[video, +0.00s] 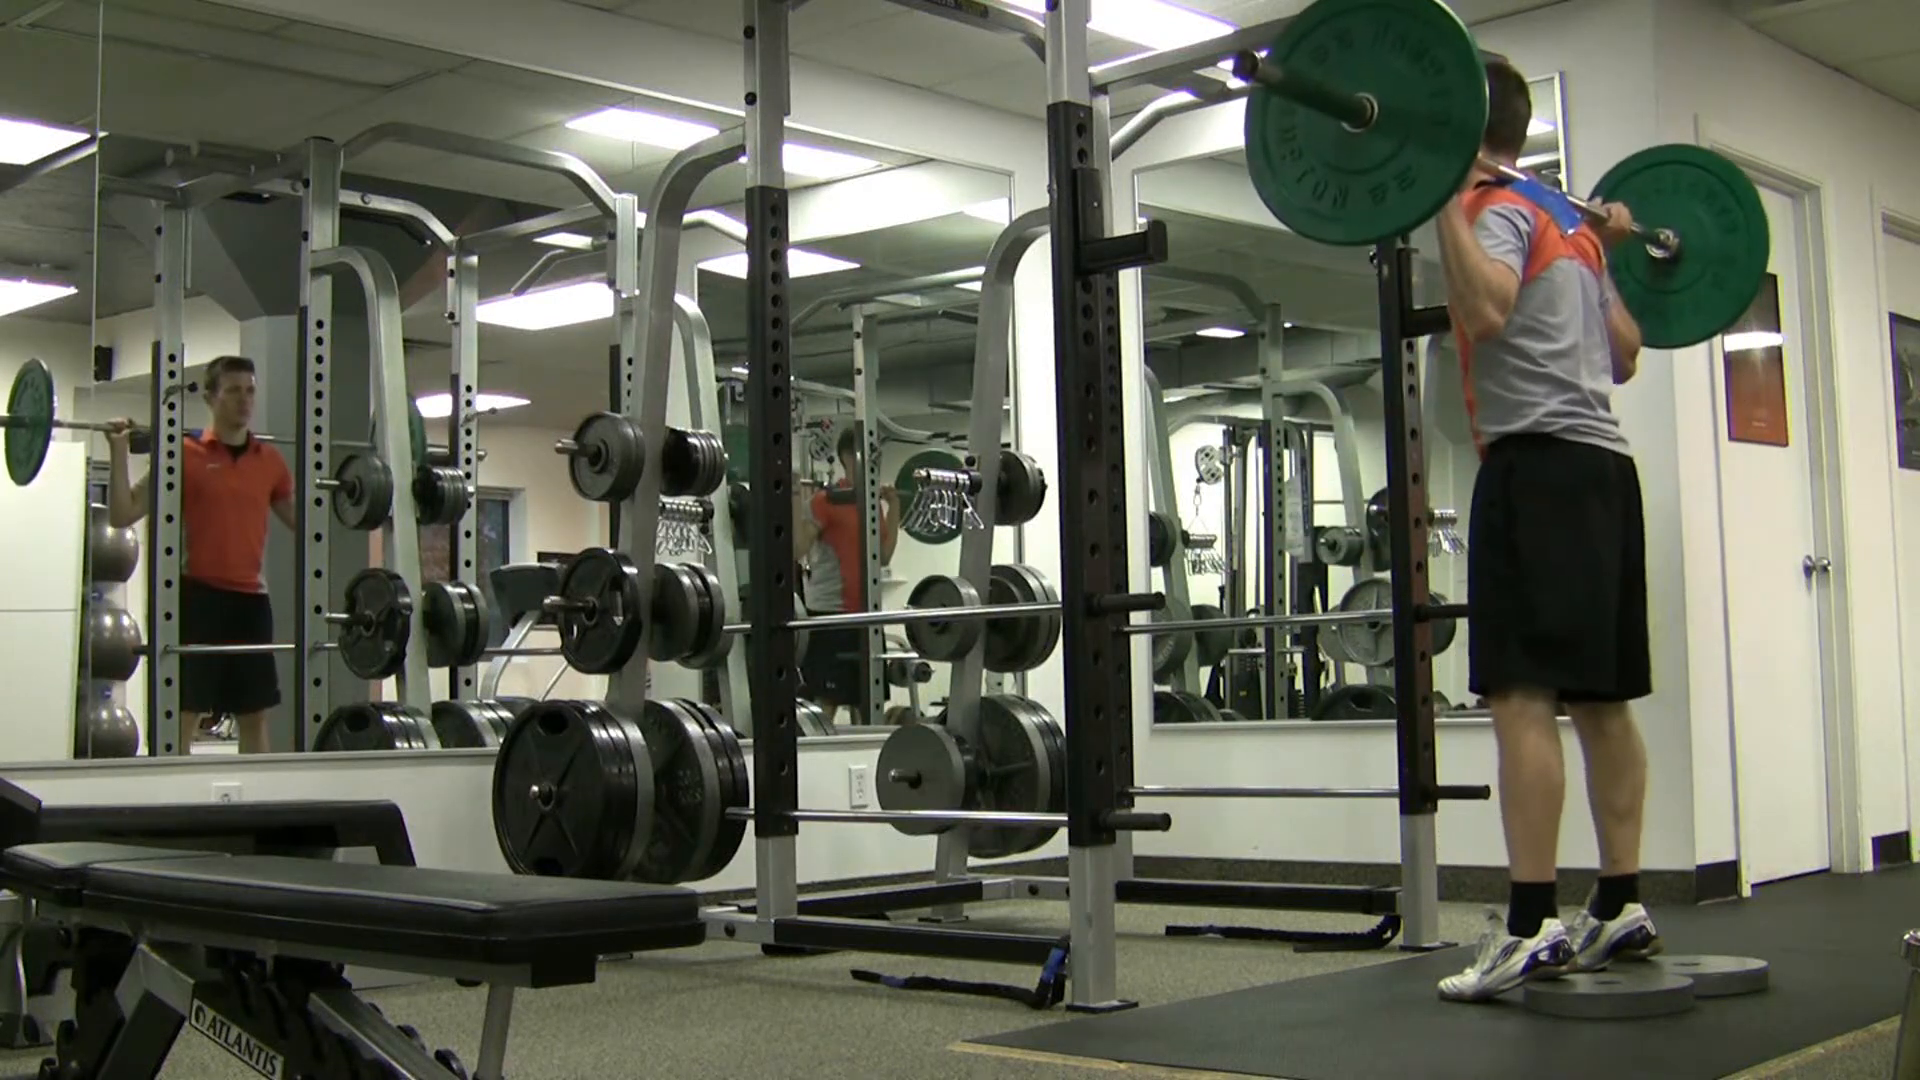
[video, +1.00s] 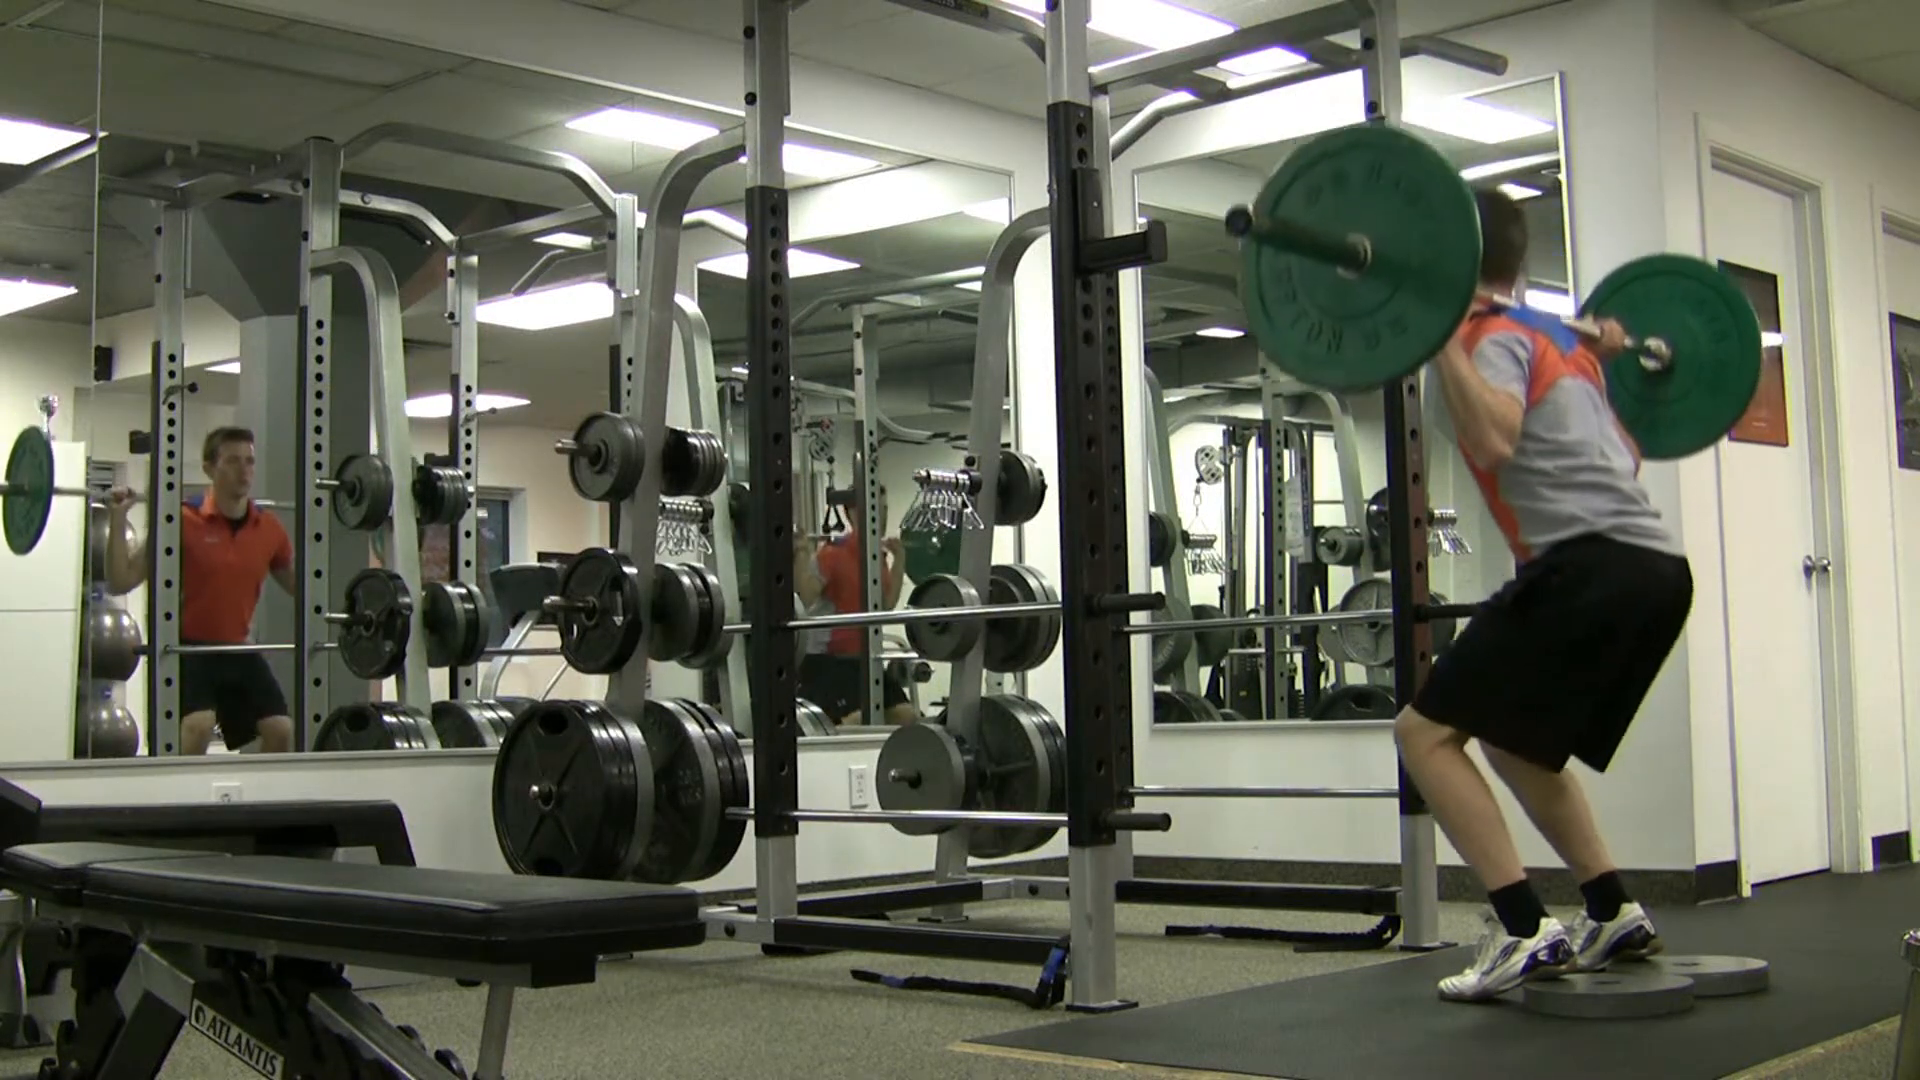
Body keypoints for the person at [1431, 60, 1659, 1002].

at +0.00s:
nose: (1441, 141)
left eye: (1446, 121)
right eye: (1456, 119)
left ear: (1467, 129)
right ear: (1523, 129)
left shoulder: (1495, 206)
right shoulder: (1573, 216)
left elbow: (1487, 312)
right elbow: (1624, 352)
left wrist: (1445, 204)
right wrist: (1608, 245)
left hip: (1534, 470)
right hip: (1602, 469)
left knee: (1519, 700)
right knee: (1601, 700)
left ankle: (1530, 929)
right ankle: (1620, 908)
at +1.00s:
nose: (1435, 276)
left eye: (1441, 259)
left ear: (1454, 263)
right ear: (1518, 266)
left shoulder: (1494, 335)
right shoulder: (1564, 345)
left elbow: (1493, 442)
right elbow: (1625, 450)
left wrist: (1440, 339)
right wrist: (1598, 357)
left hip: (1585, 566)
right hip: (1656, 572)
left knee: (1423, 731)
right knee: (1517, 741)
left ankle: (1524, 930)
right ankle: (1615, 912)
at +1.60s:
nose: (1429, 396)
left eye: (1435, 382)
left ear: (1447, 390)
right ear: (1520, 393)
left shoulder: (1498, 462)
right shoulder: (1564, 459)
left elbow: (1503, 578)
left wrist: (1442, 476)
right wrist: (1602, 471)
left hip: (1611, 674)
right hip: (1682, 683)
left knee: (1406, 748)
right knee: (1509, 773)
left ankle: (1523, 929)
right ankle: (1613, 914)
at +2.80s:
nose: (1435, 281)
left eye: (1436, 265)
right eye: (1436, 266)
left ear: (1453, 266)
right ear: (1514, 268)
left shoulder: (1492, 332)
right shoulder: (1563, 343)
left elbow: (1488, 439)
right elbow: (1626, 445)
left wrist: (1432, 332)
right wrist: (1598, 350)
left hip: (1593, 556)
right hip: (1662, 556)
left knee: (1433, 727)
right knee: (1514, 734)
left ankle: (1523, 929)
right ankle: (1614, 912)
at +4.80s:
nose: (1429, 248)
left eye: (1433, 231)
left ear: (1448, 235)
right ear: (1513, 237)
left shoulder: (1489, 306)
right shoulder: (1561, 315)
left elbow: (1482, 419)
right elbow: (1623, 431)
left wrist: (1432, 312)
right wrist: (1596, 333)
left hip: (1574, 543)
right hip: (1645, 549)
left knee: (1428, 727)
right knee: (1516, 731)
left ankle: (1524, 929)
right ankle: (1614, 912)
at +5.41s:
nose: (1424, 369)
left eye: (1429, 355)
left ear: (1443, 361)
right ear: (1515, 363)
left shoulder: (1493, 432)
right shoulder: (1560, 433)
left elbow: (1497, 545)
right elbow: (1617, 529)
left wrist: (1432, 442)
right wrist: (1589, 444)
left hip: (1601, 643)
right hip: (1678, 653)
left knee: (1409, 745)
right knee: (1508, 769)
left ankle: (1521, 929)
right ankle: (1613, 913)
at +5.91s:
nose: (1428, 433)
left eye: (1432, 419)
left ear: (1443, 430)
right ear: (1515, 433)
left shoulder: (1491, 508)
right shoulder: (1559, 501)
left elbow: (1497, 619)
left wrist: (1430, 514)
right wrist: (1592, 508)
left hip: (1615, 709)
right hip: (1681, 721)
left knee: (1400, 753)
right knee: (1500, 776)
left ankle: (1524, 929)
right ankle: (1610, 912)